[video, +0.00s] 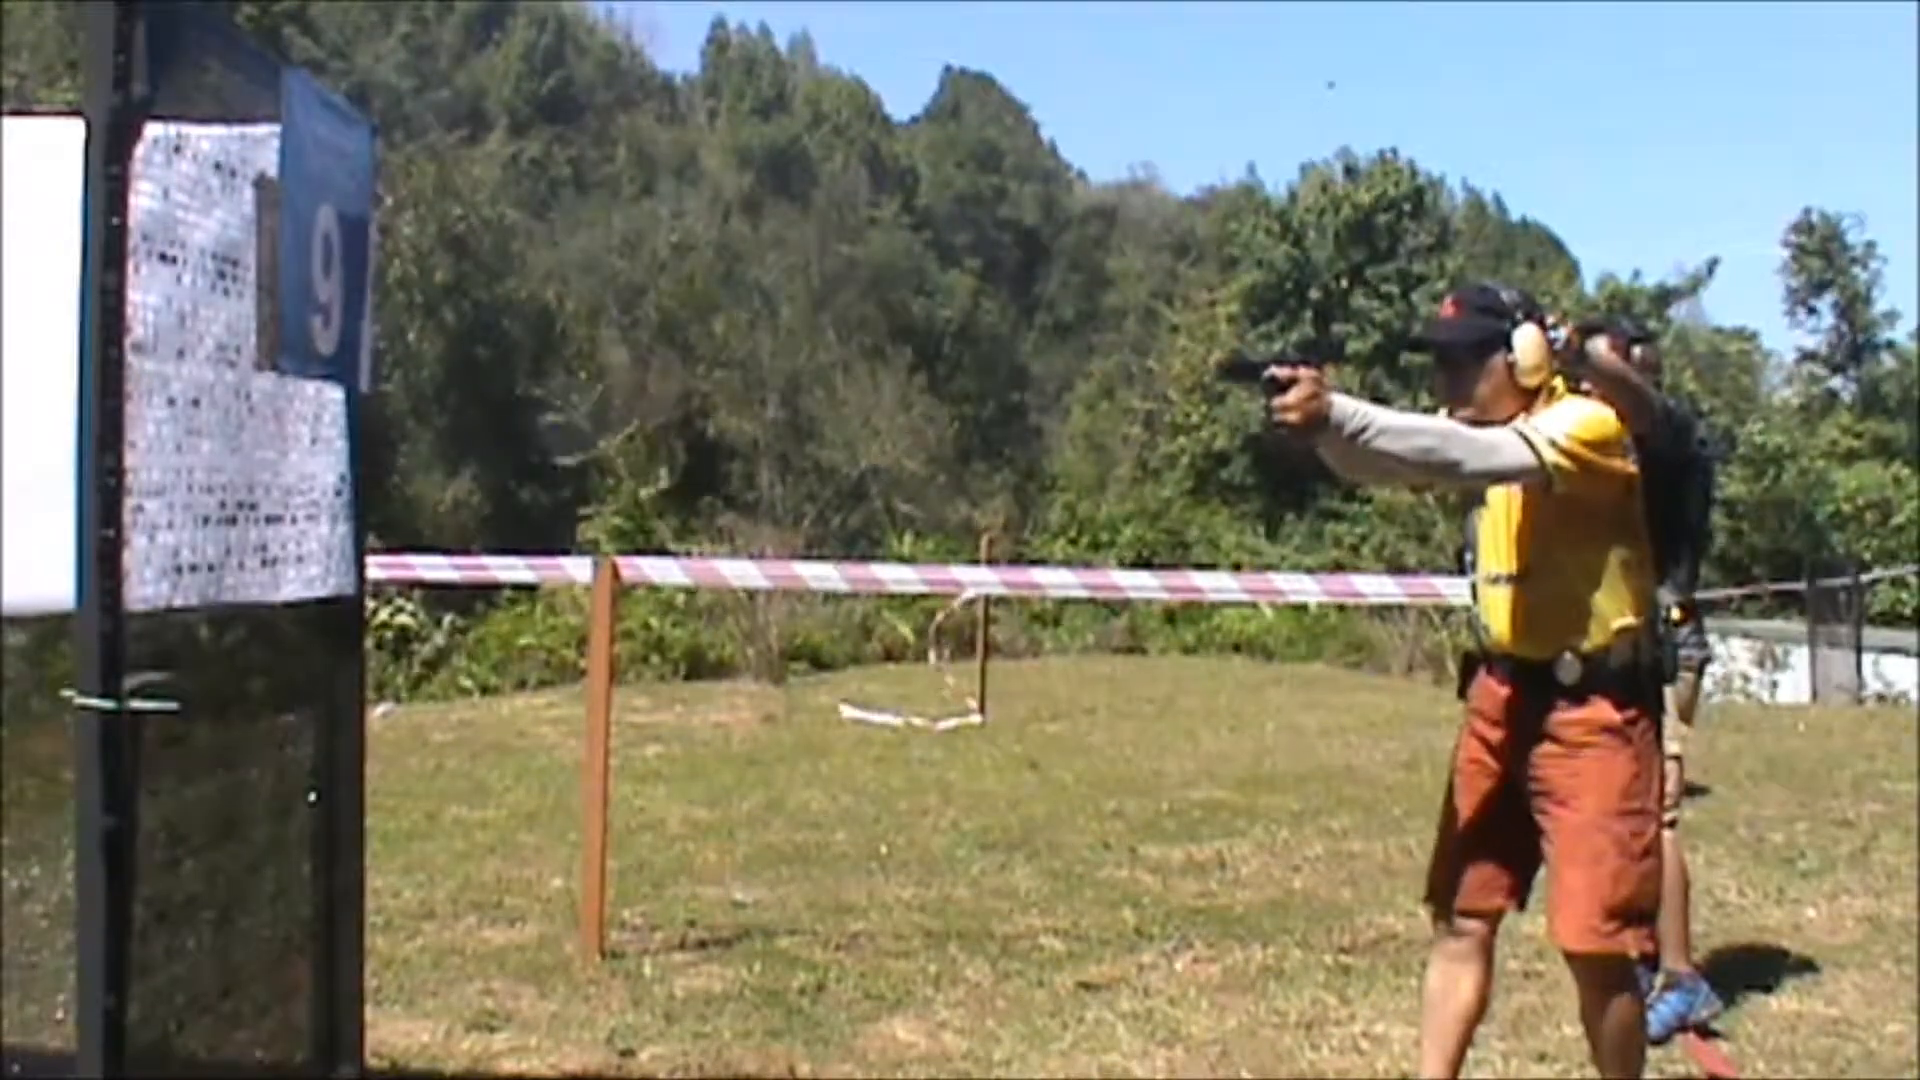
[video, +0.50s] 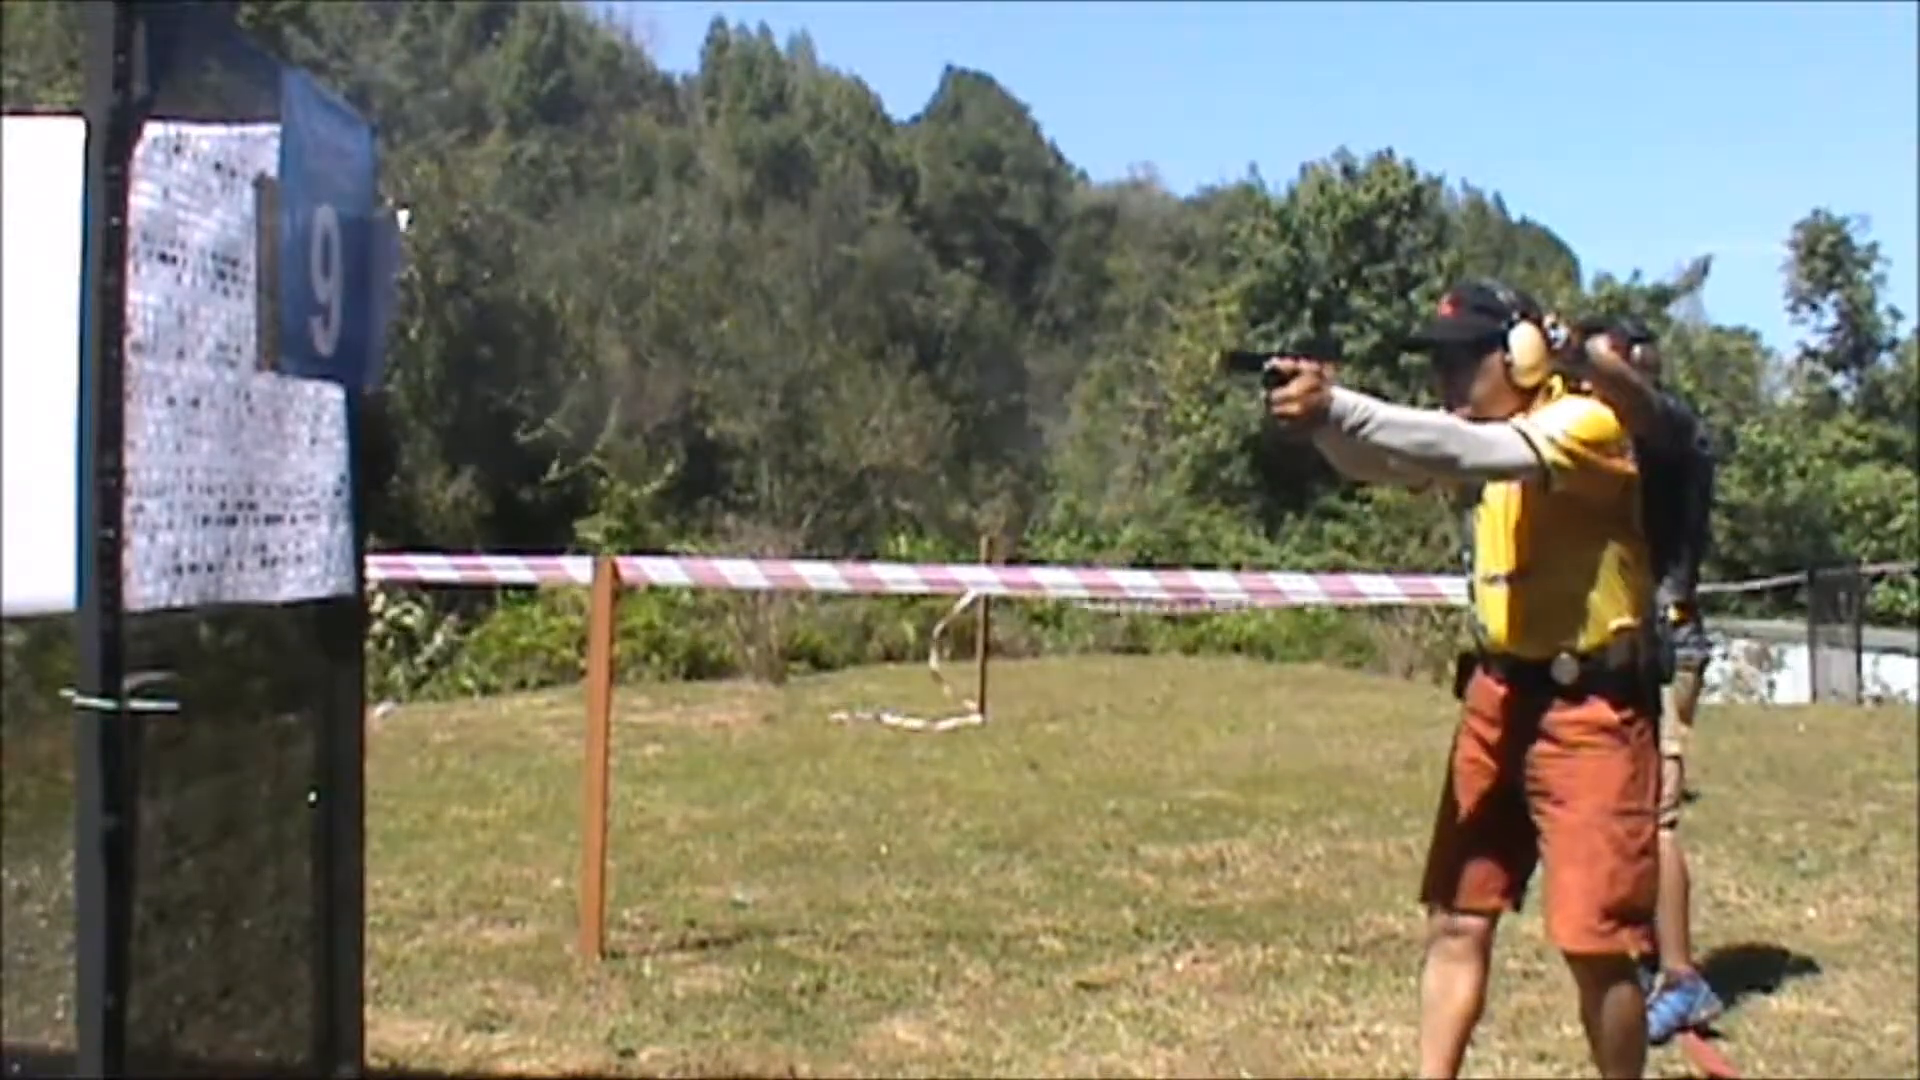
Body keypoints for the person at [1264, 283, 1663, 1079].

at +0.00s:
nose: (1449, 392)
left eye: (1462, 371)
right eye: (1443, 373)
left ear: (1513, 360)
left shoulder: (1589, 425)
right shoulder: (1490, 435)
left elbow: (1472, 453)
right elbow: (1400, 467)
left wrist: (1338, 410)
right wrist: (1319, 427)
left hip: (1598, 709)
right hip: (1502, 698)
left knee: (1595, 942)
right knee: (1463, 917)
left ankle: (1623, 1072)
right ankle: (1433, 1072)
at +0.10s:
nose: (1450, 388)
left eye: (1463, 367)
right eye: (1444, 368)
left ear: (1514, 357)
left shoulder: (1589, 422)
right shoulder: (1487, 436)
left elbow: (1476, 452)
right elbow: (1396, 468)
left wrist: (1339, 407)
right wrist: (1320, 424)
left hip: (1596, 709)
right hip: (1501, 698)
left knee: (1595, 944)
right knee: (1463, 919)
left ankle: (1624, 1073)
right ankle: (1432, 1072)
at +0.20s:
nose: (1449, 388)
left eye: (1462, 366)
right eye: (1443, 368)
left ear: (1513, 356)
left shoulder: (1589, 422)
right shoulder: (1486, 437)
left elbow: (1477, 452)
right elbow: (1396, 468)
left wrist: (1340, 408)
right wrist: (1322, 425)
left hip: (1596, 708)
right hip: (1500, 698)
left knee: (1596, 943)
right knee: (1463, 920)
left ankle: (1624, 1072)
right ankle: (1432, 1071)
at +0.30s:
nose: (1448, 388)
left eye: (1461, 367)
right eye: (1442, 369)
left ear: (1513, 356)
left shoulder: (1589, 423)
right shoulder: (1486, 436)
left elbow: (1477, 452)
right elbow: (1398, 468)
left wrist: (1338, 407)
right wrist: (1320, 425)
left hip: (1596, 708)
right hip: (1500, 699)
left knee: (1596, 943)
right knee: (1462, 919)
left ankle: (1624, 1073)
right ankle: (1432, 1072)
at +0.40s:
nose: (1447, 386)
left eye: (1460, 366)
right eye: (1442, 367)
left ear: (1512, 356)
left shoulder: (1590, 422)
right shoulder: (1484, 436)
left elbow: (1477, 447)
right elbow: (1390, 465)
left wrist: (1341, 400)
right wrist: (1321, 416)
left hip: (1596, 709)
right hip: (1500, 699)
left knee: (1596, 944)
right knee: (1460, 919)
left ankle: (1624, 1072)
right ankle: (1433, 1072)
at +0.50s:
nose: (1447, 387)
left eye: (1461, 366)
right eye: (1441, 367)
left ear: (1512, 356)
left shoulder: (1589, 420)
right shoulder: (1485, 435)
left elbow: (1474, 447)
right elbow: (1393, 467)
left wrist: (1339, 404)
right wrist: (1320, 421)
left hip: (1595, 708)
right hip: (1499, 698)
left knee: (1596, 943)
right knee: (1460, 919)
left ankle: (1624, 1073)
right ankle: (1433, 1072)